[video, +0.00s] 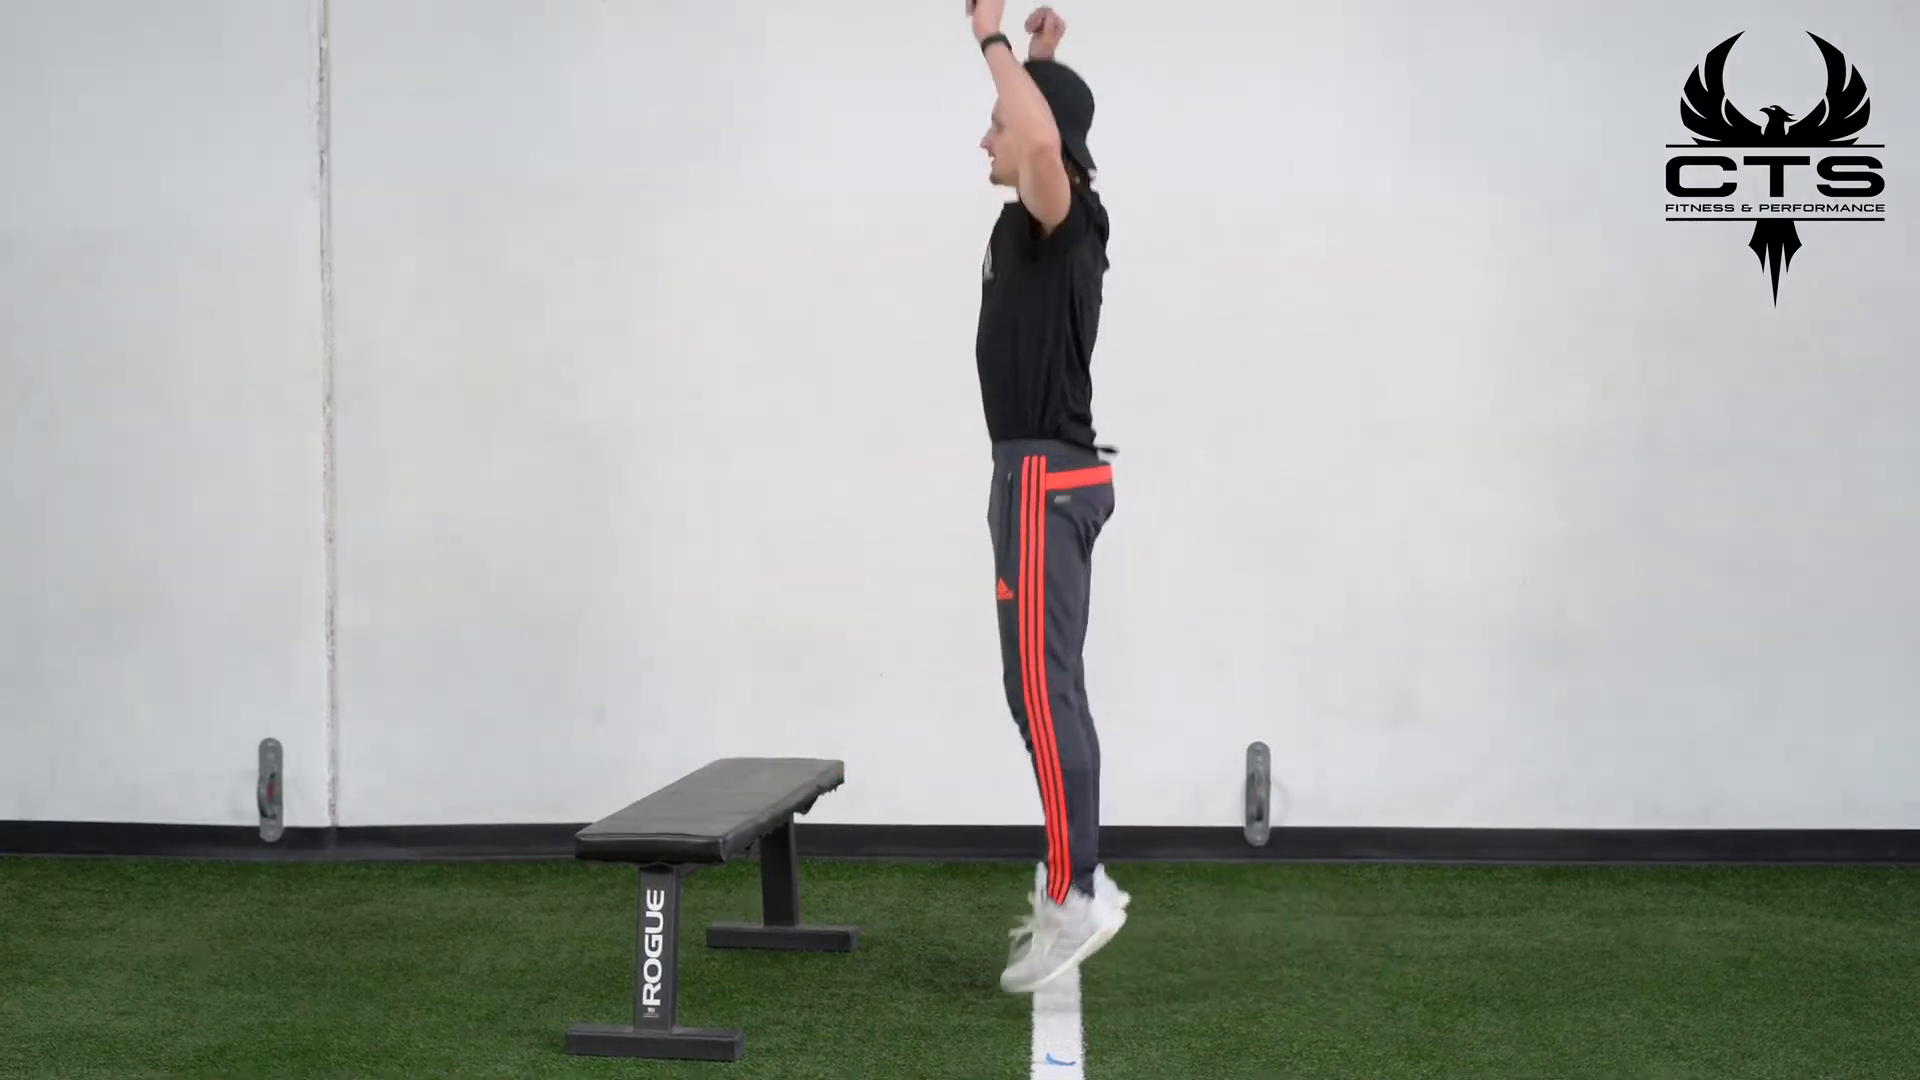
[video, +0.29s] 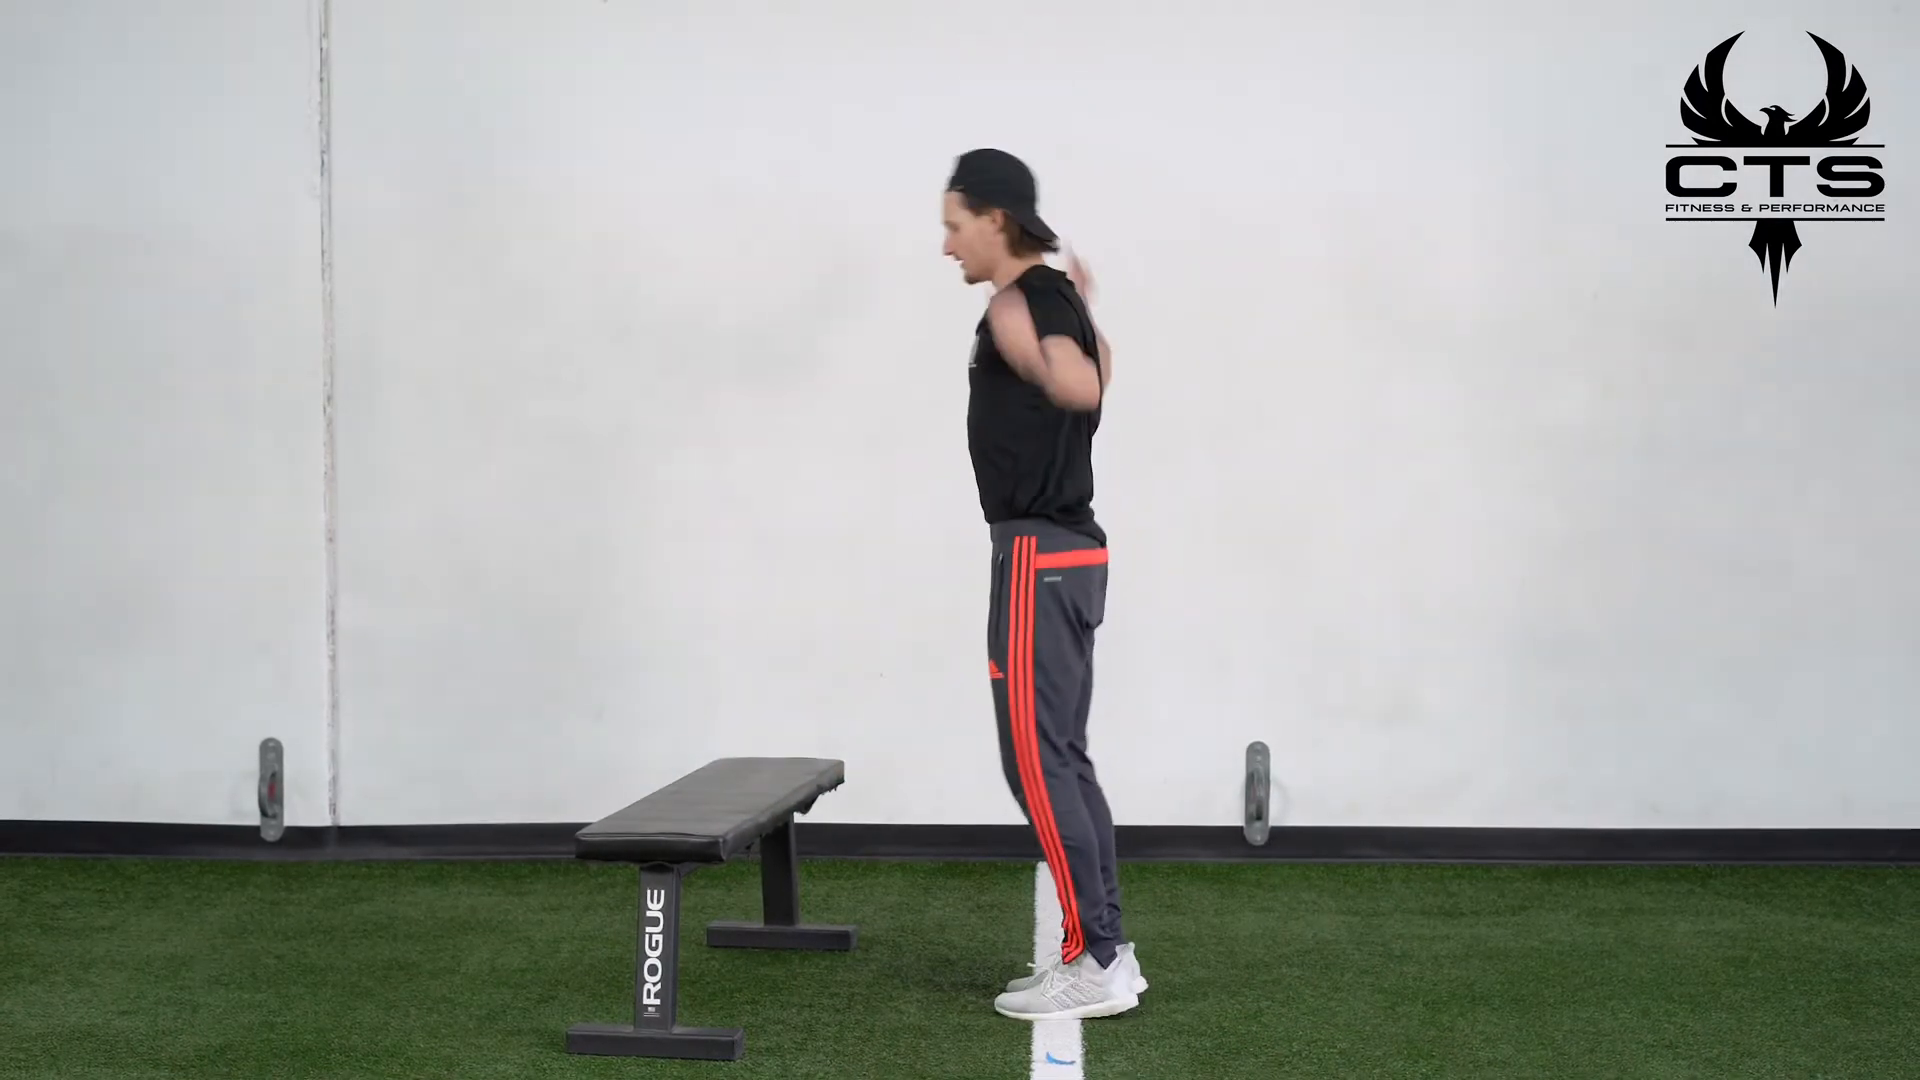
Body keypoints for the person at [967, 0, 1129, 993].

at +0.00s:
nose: (989, 139)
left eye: (1001, 124)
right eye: (992, 123)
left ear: (1045, 135)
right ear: (1048, 138)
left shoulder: (1057, 212)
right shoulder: (1056, 214)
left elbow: (1037, 137)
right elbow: (1047, 135)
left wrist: (992, 39)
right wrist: (1044, 58)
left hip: (1044, 477)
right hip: (1047, 476)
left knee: (1042, 691)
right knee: (1048, 689)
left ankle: (1075, 892)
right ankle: (1076, 884)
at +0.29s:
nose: (946, 243)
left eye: (954, 225)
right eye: (946, 226)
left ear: (994, 222)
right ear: (1004, 223)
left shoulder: (1019, 303)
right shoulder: (1047, 302)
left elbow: (1080, 394)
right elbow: (1099, 382)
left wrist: (1051, 335)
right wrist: (1086, 306)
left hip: (1038, 559)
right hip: (1060, 555)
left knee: (1038, 761)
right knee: (1058, 757)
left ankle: (1098, 958)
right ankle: (1097, 948)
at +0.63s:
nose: (838, 361)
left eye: (841, 341)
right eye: (834, 344)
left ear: (887, 330)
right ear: (894, 333)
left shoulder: (949, 405)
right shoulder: (967, 391)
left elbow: (969, 558)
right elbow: (1017, 547)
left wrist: (932, 685)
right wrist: (991, 670)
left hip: (1123, 566)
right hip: (1118, 564)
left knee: (1077, 767)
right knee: (1081, 766)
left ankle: (1105, 969)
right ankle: (1102, 958)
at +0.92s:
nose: (803, 502)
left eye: (805, 482)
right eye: (798, 484)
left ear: (842, 467)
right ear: (850, 467)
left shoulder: (910, 517)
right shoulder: (930, 511)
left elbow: (849, 670)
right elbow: (883, 669)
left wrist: (770, 775)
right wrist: (803, 761)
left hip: (1137, 570)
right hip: (1145, 566)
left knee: (1051, 760)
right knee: (1082, 764)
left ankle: (1136, 945)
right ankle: (1114, 946)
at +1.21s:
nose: (754, 520)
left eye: (757, 503)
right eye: (750, 505)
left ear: (798, 490)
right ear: (808, 487)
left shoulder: (861, 533)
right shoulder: (891, 529)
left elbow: (836, 682)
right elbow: (876, 679)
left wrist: (772, 789)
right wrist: (809, 769)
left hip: (1096, 589)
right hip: (1082, 599)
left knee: (1185, 780)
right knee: (1030, 767)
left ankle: (1344, 927)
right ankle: (1102, 954)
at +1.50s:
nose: (747, 519)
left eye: (751, 501)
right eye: (744, 504)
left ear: (794, 489)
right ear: (798, 488)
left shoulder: (850, 536)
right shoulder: (877, 531)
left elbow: (843, 683)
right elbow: (883, 682)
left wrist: (771, 790)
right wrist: (812, 767)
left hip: (1091, 604)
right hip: (1081, 612)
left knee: (1198, 791)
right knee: (1065, 786)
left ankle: (1352, 937)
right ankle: (1232, 850)